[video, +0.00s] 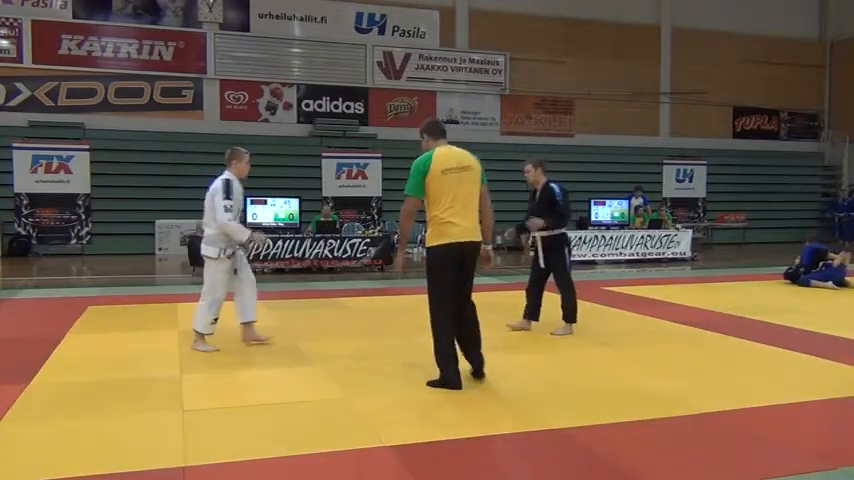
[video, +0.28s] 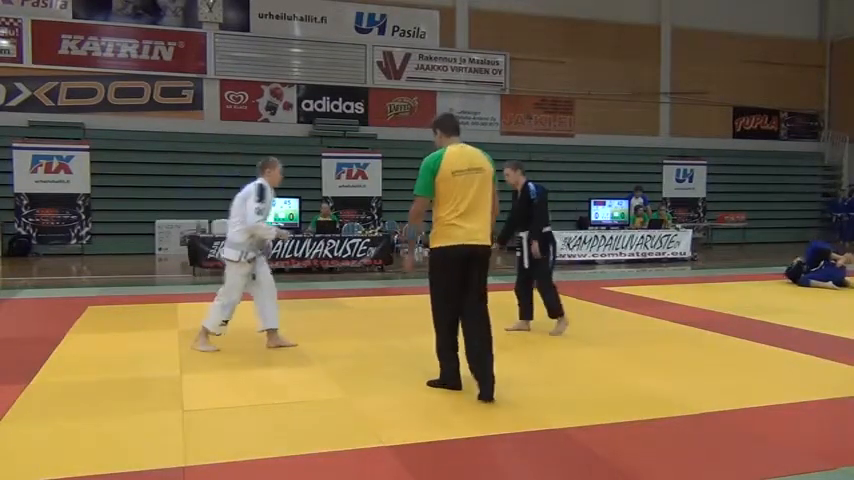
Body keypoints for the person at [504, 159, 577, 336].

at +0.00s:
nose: (526, 176)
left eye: (528, 172)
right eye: (525, 173)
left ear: (539, 171)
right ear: (530, 174)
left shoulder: (554, 189)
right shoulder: (534, 193)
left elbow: (563, 218)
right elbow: (532, 220)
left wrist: (544, 222)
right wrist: (517, 230)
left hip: (557, 243)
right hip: (541, 243)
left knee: (564, 282)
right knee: (535, 282)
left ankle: (569, 323)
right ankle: (527, 319)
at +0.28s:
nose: (506, 179)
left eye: (508, 175)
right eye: (505, 176)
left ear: (518, 173)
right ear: (515, 175)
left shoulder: (534, 190)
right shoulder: (517, 193)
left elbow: (538, 216)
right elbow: (513, 219)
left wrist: (535, 238)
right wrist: (500, 241)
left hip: (541, 238)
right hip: (525, 239)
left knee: (543, 281)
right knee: (523, 282)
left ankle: (560, 317)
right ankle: (524, 320)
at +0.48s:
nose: (502, 180)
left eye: (503, 176)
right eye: (501, 177)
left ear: (510, 173)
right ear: (507, 174)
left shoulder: (526, 189)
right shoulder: (509, 194)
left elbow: (534, 215)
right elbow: (510, 219)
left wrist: (530, 239)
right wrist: (504, 240)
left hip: (530, 237)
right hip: (516, 238)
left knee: (531, 280)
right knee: (518, 280)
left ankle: (542, 321)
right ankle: (523, 319)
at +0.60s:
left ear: (508, 176)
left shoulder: (523, 191)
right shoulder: (502, 194)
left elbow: (530, 219)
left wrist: (523, 242)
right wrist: (505, 242)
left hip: (528, 240)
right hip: (513, 240)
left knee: (526, 281)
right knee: (514, 282)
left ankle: (523, 322)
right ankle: (521, 318)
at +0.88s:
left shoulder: (519, 196)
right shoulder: (495, 195)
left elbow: (521, 221)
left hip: (517, 240)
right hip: (500, 239)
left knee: (512, 283)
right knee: (498, 280)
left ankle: (507, 327)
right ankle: (517, 312)